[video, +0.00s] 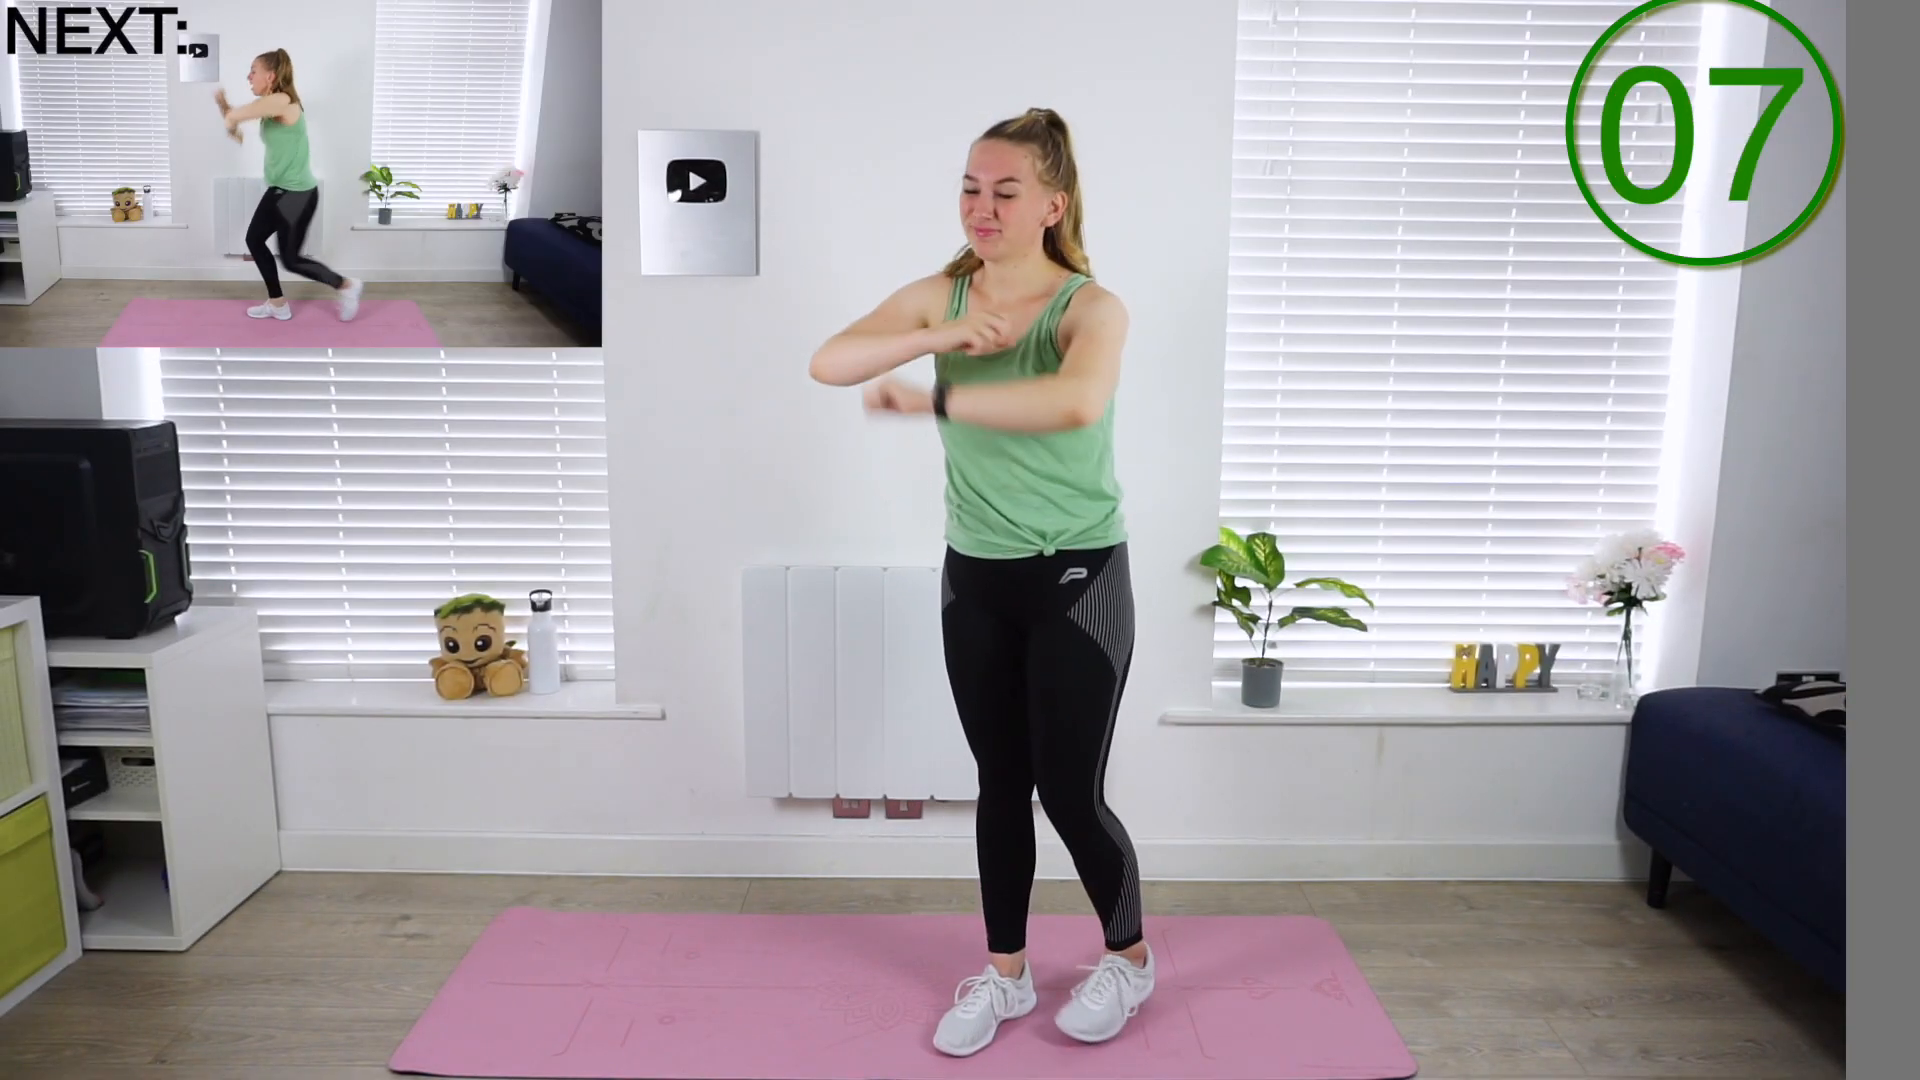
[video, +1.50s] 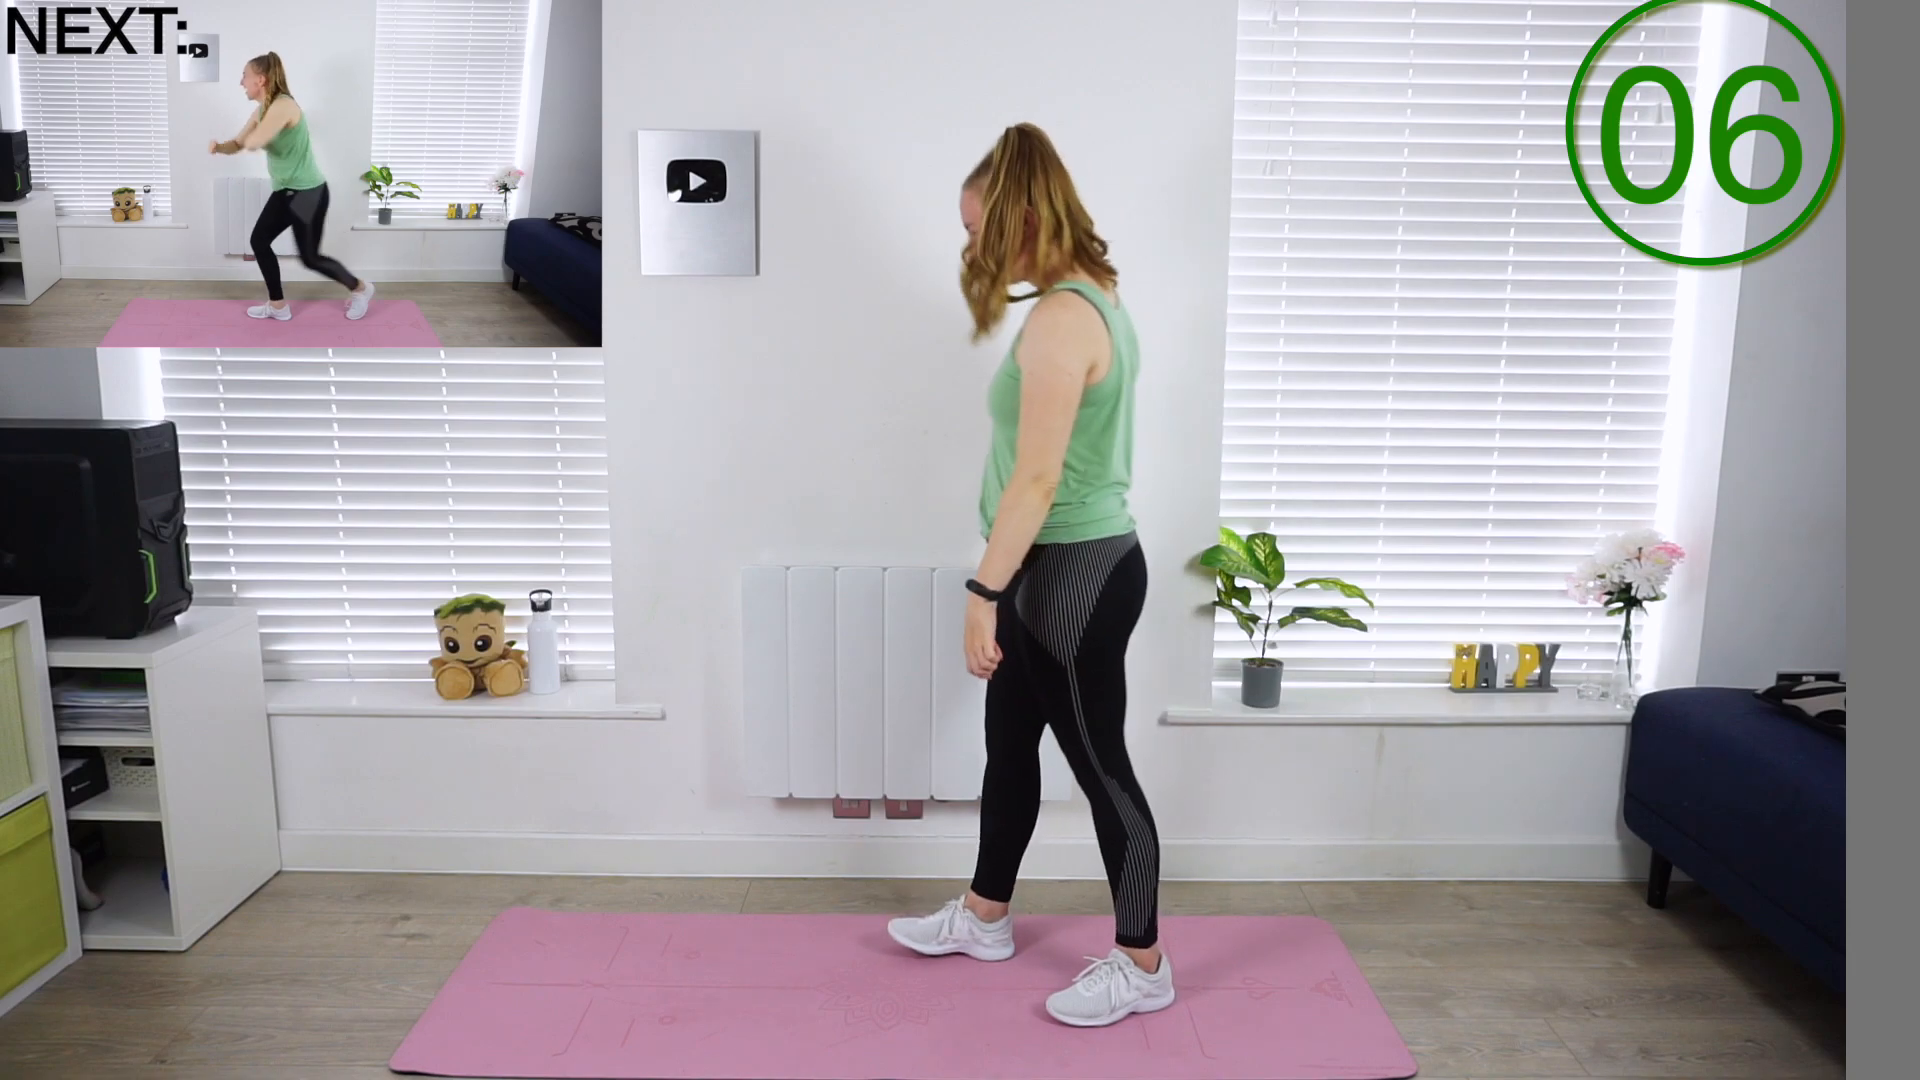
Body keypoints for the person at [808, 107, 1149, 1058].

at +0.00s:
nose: (982, 207)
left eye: (1004, 190)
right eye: (972, 190)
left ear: (1056, 203)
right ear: (961, 199)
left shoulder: (1092, 308)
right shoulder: (941, 295)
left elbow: (1081, 403)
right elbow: (830, 361)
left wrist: (933, 401)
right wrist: (948, 331)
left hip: (1079, 576)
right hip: (976, 573)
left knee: (1069, 789)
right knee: (1001, 782)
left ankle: (1127, 959)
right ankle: (1006, 970)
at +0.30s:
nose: (991, 238)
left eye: (1001, 218)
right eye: (987, 220)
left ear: (1062, 209)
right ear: (1040, 215)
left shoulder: (1131, 321)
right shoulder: (1017, 308)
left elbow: (1105, 487)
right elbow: (969, 435)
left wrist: (1030, 603)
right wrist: (920, 526)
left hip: (1100, 583)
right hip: (1010, 571)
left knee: (1082, 782)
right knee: (1020, 779)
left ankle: (1144, 966)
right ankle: (1007, 970)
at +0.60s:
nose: (1019, 260)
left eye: (1024, 241)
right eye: (1013, 243)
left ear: (1073, 227)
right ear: (1072, 232)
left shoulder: (1145, 340)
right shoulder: (1097, 325)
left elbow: (1150, 509)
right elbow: (1092, 478)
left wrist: (1136, 644)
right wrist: (1062, 583)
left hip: (1134, 585)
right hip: (1071, 576)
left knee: (1126, 779)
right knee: (1039, 772)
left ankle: (1146, 964)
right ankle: (1003, 957)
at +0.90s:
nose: (1038, 270)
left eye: (1040, 254)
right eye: (1032, 255)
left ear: (1089, 242)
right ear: (1100, 233)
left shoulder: (1151, 342)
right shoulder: (1152, 309)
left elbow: (1136, 509)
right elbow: (1142, 480)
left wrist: (1099, 637)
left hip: (1142, 577)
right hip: (1108, 561)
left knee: (1126, 769)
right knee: (1034, 733)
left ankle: (1144, 964)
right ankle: (976, 909)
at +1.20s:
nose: (1024, 260)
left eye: (1027, 244)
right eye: (1019, 243)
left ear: (1069, 231)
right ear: (1092, 220)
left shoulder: (1114, 331)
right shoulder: (1154, 297)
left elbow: (1083, 496)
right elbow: (1145, 457)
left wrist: (1026, 613)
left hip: (1116, 571)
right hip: (1133, 559)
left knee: (1130, 771)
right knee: (1033, 726)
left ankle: (1145, 963)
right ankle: (983, 898)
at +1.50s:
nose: (974, 243)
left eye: (978, 225)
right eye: (972, 225)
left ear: (1020, 219)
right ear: (1045, 217)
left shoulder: (1060, 318)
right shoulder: (1089, 296)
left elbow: (1039, 475)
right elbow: (1065, 463)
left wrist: (985, 593)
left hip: (1073, 567)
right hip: (1065, 560)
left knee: (1100, 764)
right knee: (1011, 740)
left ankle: (1140, 960)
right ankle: (984, 914)